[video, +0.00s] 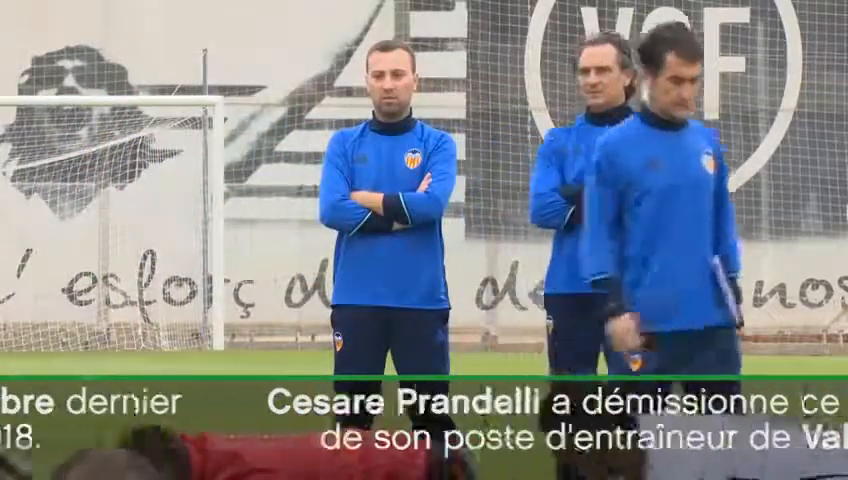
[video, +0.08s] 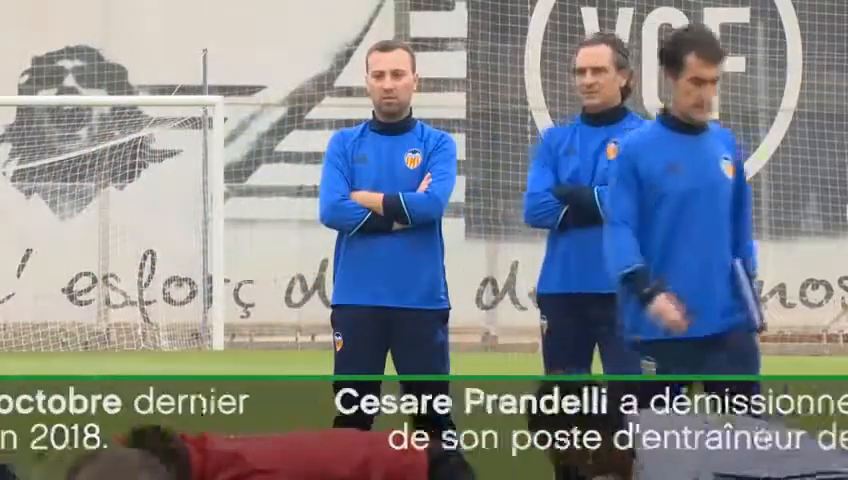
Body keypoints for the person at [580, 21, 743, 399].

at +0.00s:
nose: (687, 93)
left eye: (694, 81)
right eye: (675, 81)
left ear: (701, 79)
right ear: (646, 77)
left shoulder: (707, 143)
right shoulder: (612, 148)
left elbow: (724, 225)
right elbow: (600, 234)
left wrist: (732, 295)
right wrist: (614, 309)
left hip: (711, 323)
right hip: (643, 328)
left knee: (722, 443)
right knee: (640, 450)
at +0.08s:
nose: (706, 95)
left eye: (713, 83)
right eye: (695, 83)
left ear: (719, 79)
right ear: (669, 76)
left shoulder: (727, 146)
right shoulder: (633, 151)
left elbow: (741, 234)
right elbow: (619, 229)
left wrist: (750, 300)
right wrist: (649, 292)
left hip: (728, 324)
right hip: (659, 329)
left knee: (744, 438)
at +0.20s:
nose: (741, 103)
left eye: (749, 92)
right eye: (730, 91)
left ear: (757, 91)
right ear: (702, 87)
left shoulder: (760, 156)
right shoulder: (666, 158)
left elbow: (773, 240)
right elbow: (650, 237)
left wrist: (782, 307)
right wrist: (691, 285)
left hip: (756, 337)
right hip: (687, 341)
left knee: (767, 456)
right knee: (687, 456)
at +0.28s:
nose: (767, 104)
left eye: (775, 93)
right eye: (757, 92)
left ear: (782, 94)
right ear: (728, 90)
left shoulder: (788, 160)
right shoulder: (694, 158)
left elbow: (798, 244)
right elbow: (673, 241)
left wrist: (808, 315)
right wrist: (711, 293)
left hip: (785, 342)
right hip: (715, 345)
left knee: (793, 460)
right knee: (713, 461)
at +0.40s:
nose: (804, 95)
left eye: (812, 83)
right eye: (793, 82)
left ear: (820, 83)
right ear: (766, 78)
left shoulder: (825, 150)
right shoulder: (729, 149)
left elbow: (837, 239)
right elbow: (708, 237)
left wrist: (841, 302)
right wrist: (725, 318)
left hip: (826, 330)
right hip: (760, 335)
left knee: (828, 454)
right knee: (762, 457)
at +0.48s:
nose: (823, 88)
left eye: (831, 77)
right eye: (813, 76)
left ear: (838, 79)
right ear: (787, 75)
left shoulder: (842, 143)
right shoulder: (750, 143)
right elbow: (728, 230)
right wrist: (727, 317)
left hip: (839, 320)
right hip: (778, 321)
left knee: (835, 442)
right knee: (789, 444)